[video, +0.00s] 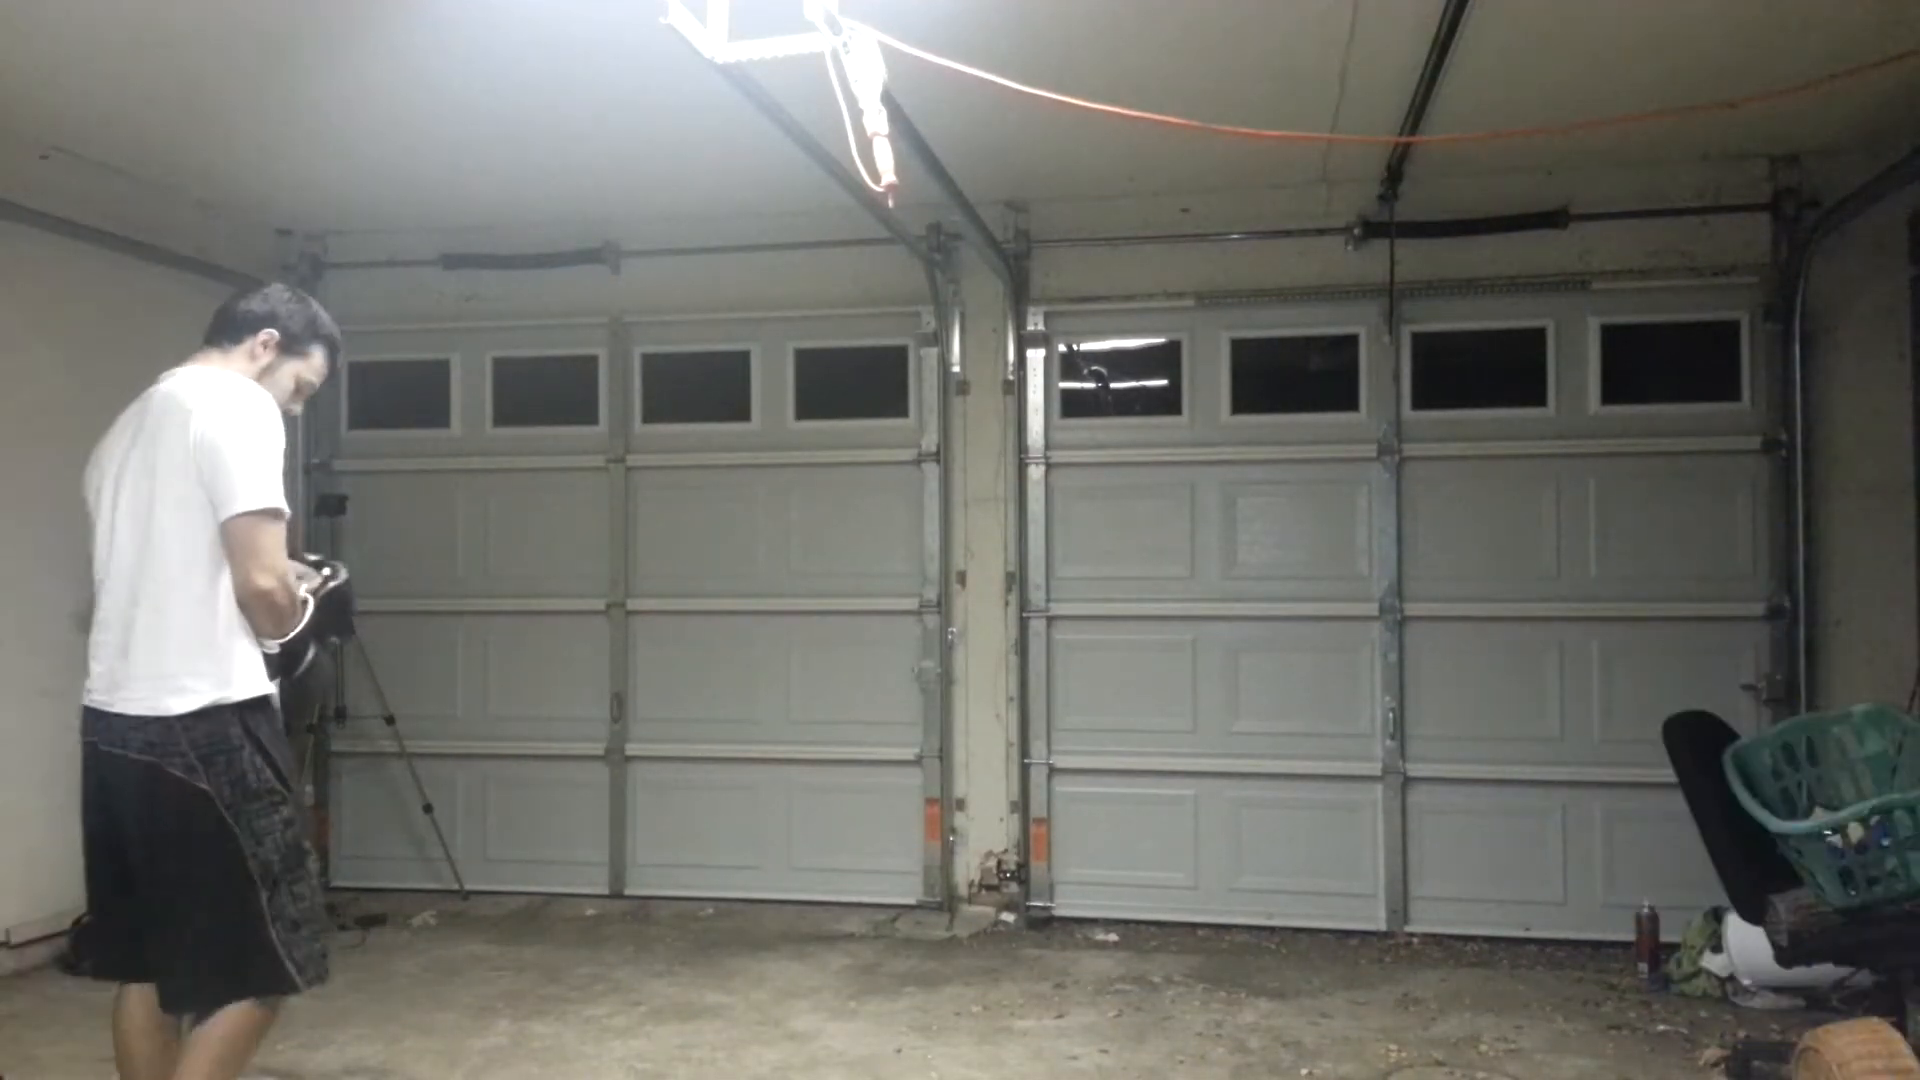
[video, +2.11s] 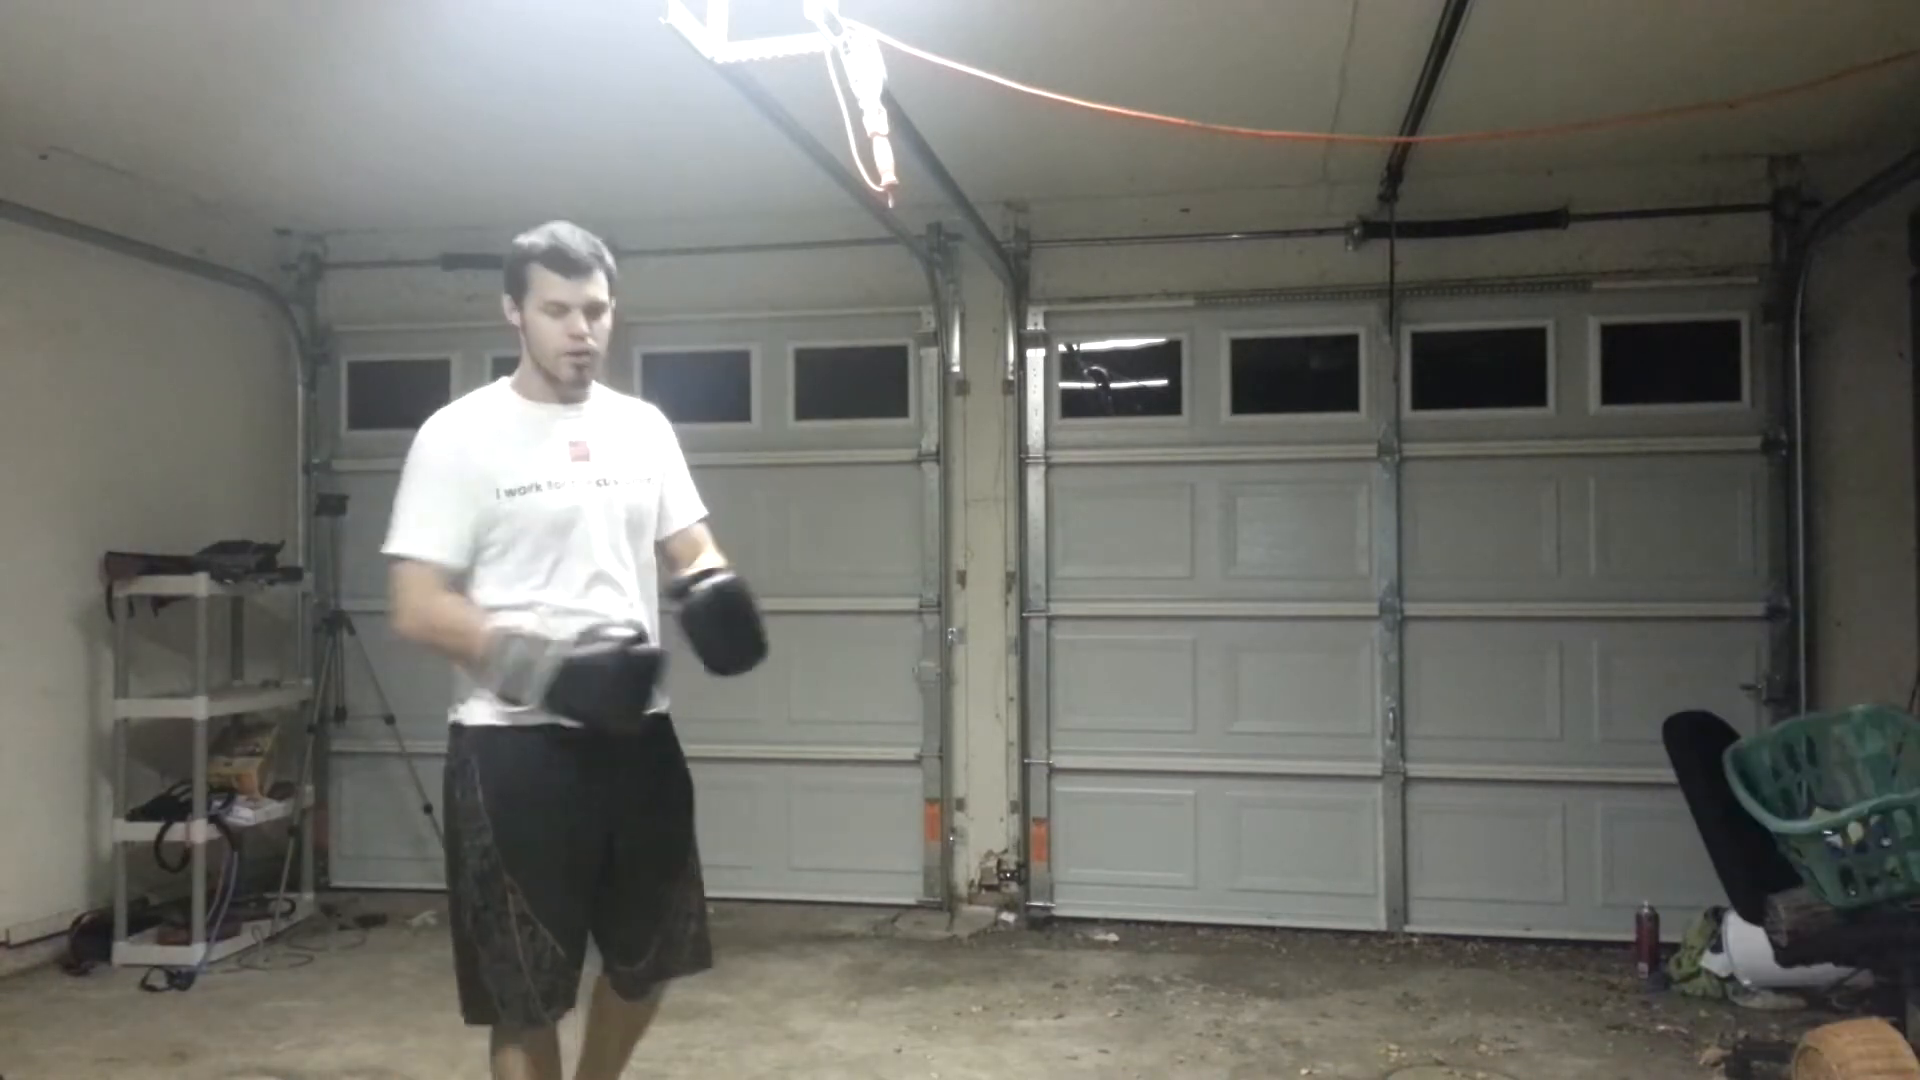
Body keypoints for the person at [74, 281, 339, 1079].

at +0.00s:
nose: (294, 408)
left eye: (306, 394)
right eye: (300, 387)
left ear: (232, 342)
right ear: (265, 344)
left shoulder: (120, 430)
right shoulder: (236, 403)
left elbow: (128, 574)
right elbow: (264, 584)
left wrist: (272, 578)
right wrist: (291, 624)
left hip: (115, 726)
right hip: (204, 728)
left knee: (143, 965)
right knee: (269, 965)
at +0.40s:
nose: (375, 419)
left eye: (387, 408)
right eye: (376, 398)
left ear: (325, 360)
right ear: (332, 353)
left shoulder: (248, 414)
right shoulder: (287, 423)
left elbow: (271, 584)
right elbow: (312, 601)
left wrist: (372, 563)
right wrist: (381, 669)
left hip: (218, 731)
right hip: (270, 736)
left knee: (206, 971)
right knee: (309, 979)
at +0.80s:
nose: (482, 421)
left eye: (496, 409)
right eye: (482, 398)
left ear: (437, 361)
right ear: (437, 353)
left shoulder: (382, 419)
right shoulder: (373, 421)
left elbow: (380, 585)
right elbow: (404, 599)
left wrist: (459, 573)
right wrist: (521, 658)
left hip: (360, 736)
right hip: (345, 741)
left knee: (349, 995)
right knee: (353, 1002)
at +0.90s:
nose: (504, 424)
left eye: (517, 411)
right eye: (506, 401)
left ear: (459, 361)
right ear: (460, 357)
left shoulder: (418, 424)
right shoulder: (390, 419)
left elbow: (397, 574)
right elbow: (418, 598)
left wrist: (483, 561)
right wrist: (525, 652)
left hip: (408, 733)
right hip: (358, 739)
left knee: (435, 958)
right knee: (365, 990)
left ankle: (410, 1069)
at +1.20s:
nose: (561, 423)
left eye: (574, 411)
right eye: (558, 400)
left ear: (518, 369)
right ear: (512, 357)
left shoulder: (509, 451)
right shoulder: (440, 415)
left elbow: (522, 573)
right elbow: (481, 585)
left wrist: (593, 570)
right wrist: (562, 637)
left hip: (507, 727)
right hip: (424, 730)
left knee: (539, 954)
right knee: (411, 985)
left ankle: (553, 1074)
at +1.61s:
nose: (628, 401)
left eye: (641, 387)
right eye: (620, 378)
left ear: (648, 379)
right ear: (573, 342)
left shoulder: (628, 438)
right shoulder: (495, 407)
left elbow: (670, 550)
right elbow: (521, 550)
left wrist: (652, 596)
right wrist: (606, 612)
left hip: (597, 709)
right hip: (500, 705)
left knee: (579, 943)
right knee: (507, 942)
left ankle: (562, 1077)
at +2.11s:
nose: (581, 331)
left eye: (595, 311)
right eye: (560, 312)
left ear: (613, 314)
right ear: (514, 316)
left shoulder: (641, 425)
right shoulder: (458, 435)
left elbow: (692, 551)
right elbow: (418, 604)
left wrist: (718, 606)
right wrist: (544, 670)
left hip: (636, 737)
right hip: (512, 749)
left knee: (647, 957)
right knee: (527, 994)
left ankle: (592, 1078)